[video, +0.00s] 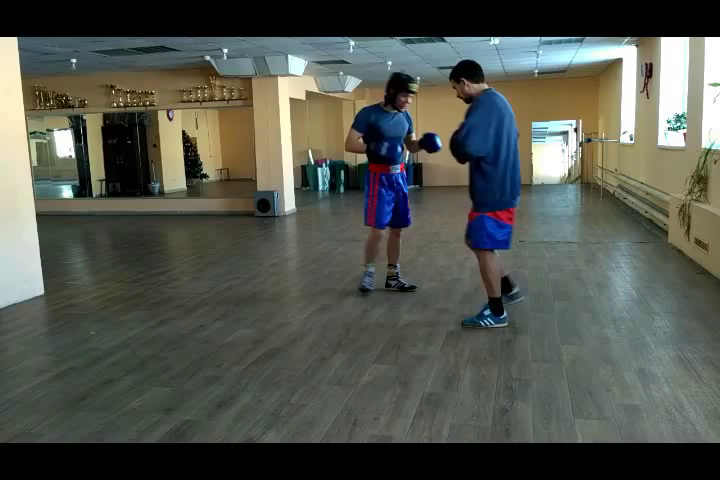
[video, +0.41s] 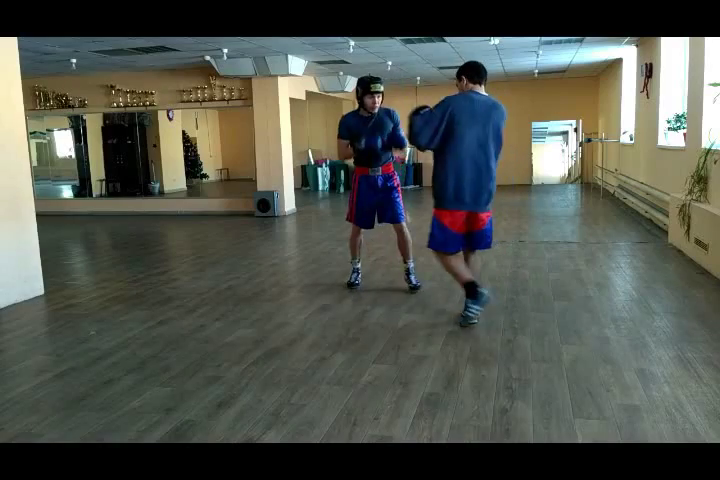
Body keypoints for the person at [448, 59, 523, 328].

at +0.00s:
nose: (457, 95)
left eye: (456, 88)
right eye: (455, 89)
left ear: (465, 82)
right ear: (476, 80)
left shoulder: (485, 106)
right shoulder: (495, 101)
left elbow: (464, 152)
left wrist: (458, 134)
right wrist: (463, 135)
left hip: (492, 193)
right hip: (500, 188)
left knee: (484, 248)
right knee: (475, 239)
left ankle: (496, 311)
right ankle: (506, 286)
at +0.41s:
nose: (457, 86)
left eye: (457, 82)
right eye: (457, 82)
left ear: (463, 81)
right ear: (484, 82)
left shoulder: (452, 104)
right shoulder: (498, 109)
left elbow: (422, 139)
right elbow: (495, 148)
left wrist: (420, 114)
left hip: (451, 191)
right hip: (483, 191)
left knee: (444, 248)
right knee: (471, 249)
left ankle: (474, 289)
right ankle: (471, 307)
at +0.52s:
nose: (452, 84)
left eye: (452, 80)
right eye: (454, 81)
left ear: (457, 81)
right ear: (479, 84)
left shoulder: (440, 104)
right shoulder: (490, 112)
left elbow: (406, 127)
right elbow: (495, 157)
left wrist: (403, 104)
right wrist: (474, 175)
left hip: (438, 191)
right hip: (473, 193)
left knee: (425, 245)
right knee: (468, 252)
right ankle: (471, 307)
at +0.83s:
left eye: (420, 82)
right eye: (444, 85)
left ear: (419, 83)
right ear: (444, 85)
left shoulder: (402, 107)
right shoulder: (452, 111)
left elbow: (373, 124)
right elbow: (462, 157)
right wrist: (446, 171)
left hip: (406, 191)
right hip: (440, 193)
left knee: (404, 249)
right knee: (452, 250)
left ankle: (396, 305)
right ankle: (465, 306)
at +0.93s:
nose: (437, 87)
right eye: (438, 84)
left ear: (412, 82)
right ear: (436, 84)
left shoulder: (392, 106)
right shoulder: (445, 111)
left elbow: (373, 129)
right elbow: (454, 158)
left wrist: (398, 155)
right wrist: (434, 172)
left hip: (398, 191)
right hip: (432, 193)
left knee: (402, 249)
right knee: (445, 247)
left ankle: (396, 306)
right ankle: (449, 308)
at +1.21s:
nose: (432, 84)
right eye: (434, 80)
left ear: (410, 79)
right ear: (433, 81)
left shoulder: (392, 106)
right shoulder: (442, 112)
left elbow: (369, 139)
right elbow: (450, 160)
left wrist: (391, 156)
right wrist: (428, 164)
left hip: (391, 194)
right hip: (424, 197)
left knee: (396, 254)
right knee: (422, 261)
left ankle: (396, 305)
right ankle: (413, 320)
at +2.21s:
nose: (413, 92)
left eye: (412, 89)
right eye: (413, 89)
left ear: (387, 86)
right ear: (410, 89)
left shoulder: (371, 111)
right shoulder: (413, 115)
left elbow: (368, 146)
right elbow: (420, 162)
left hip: (375, 190)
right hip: (402, 193)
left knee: (382, 248)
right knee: (405, 256)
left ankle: (386, 296)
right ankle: (403, 316)